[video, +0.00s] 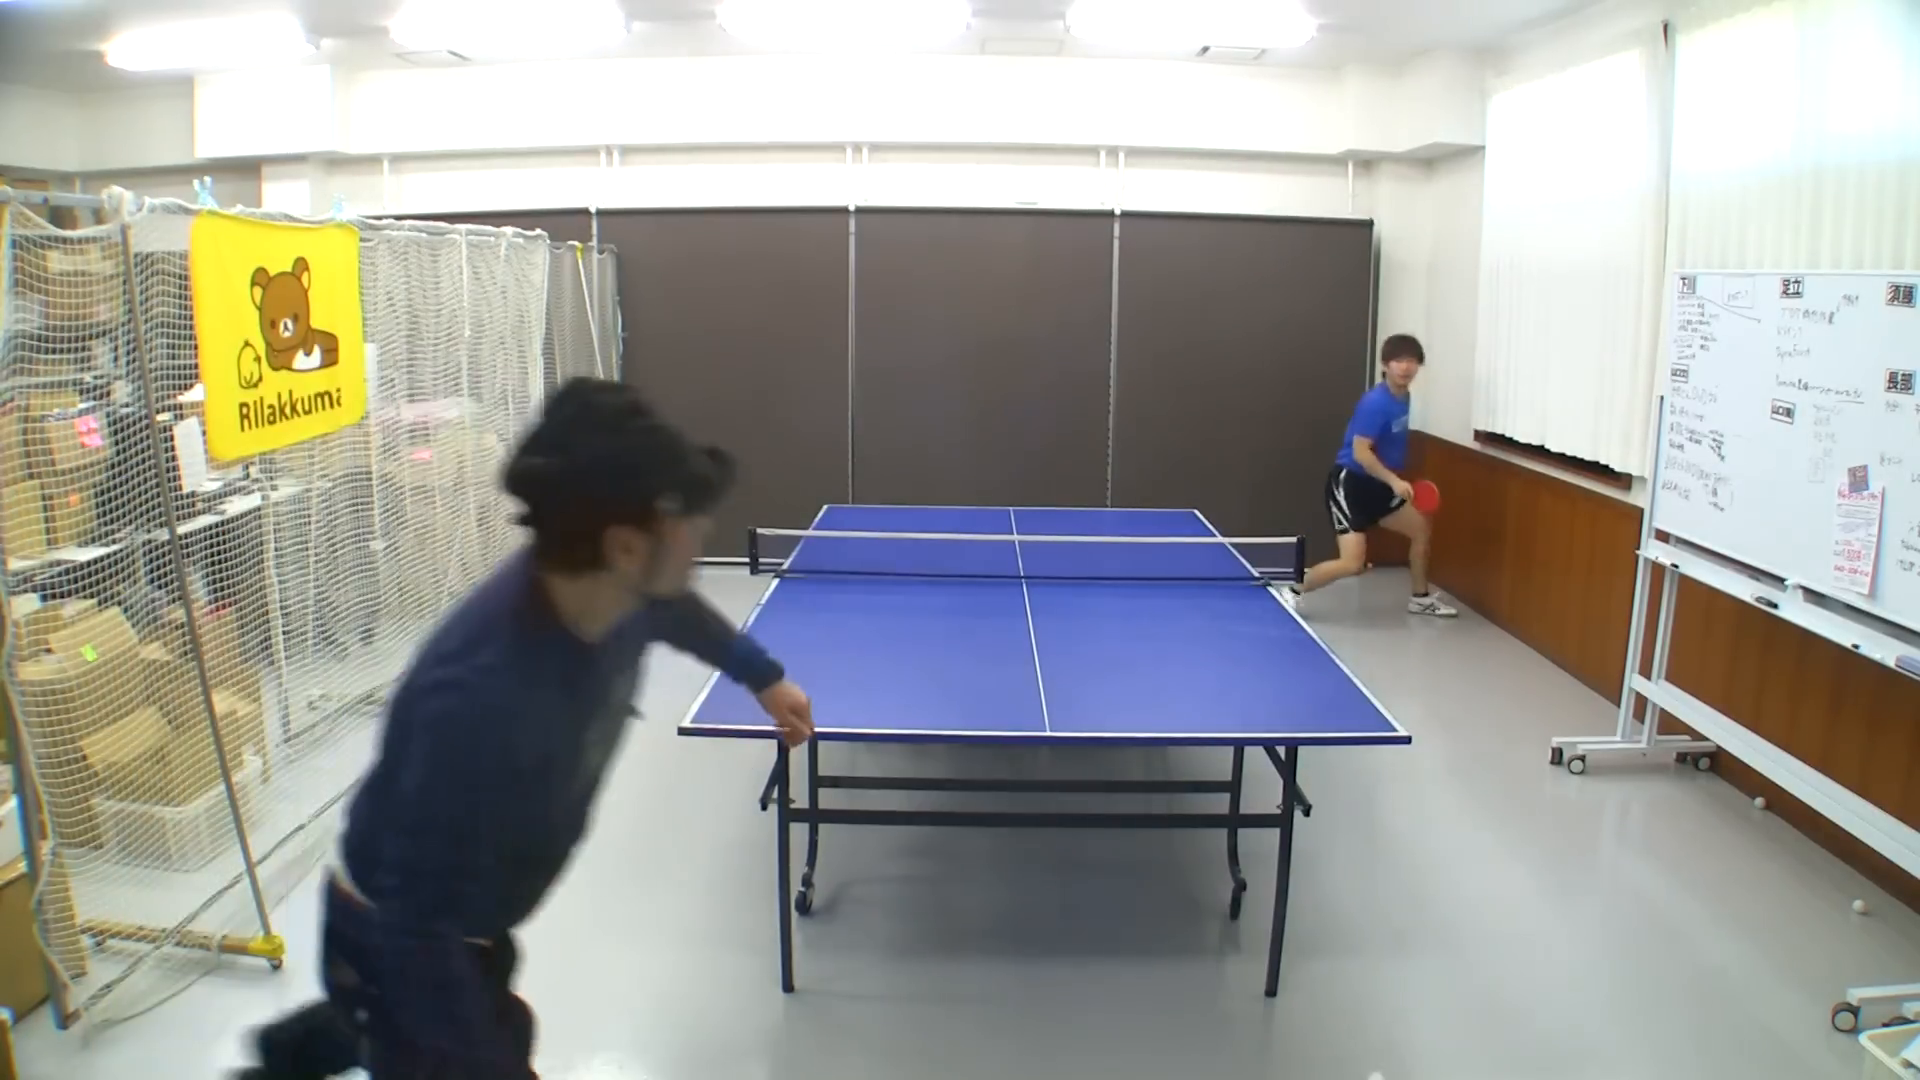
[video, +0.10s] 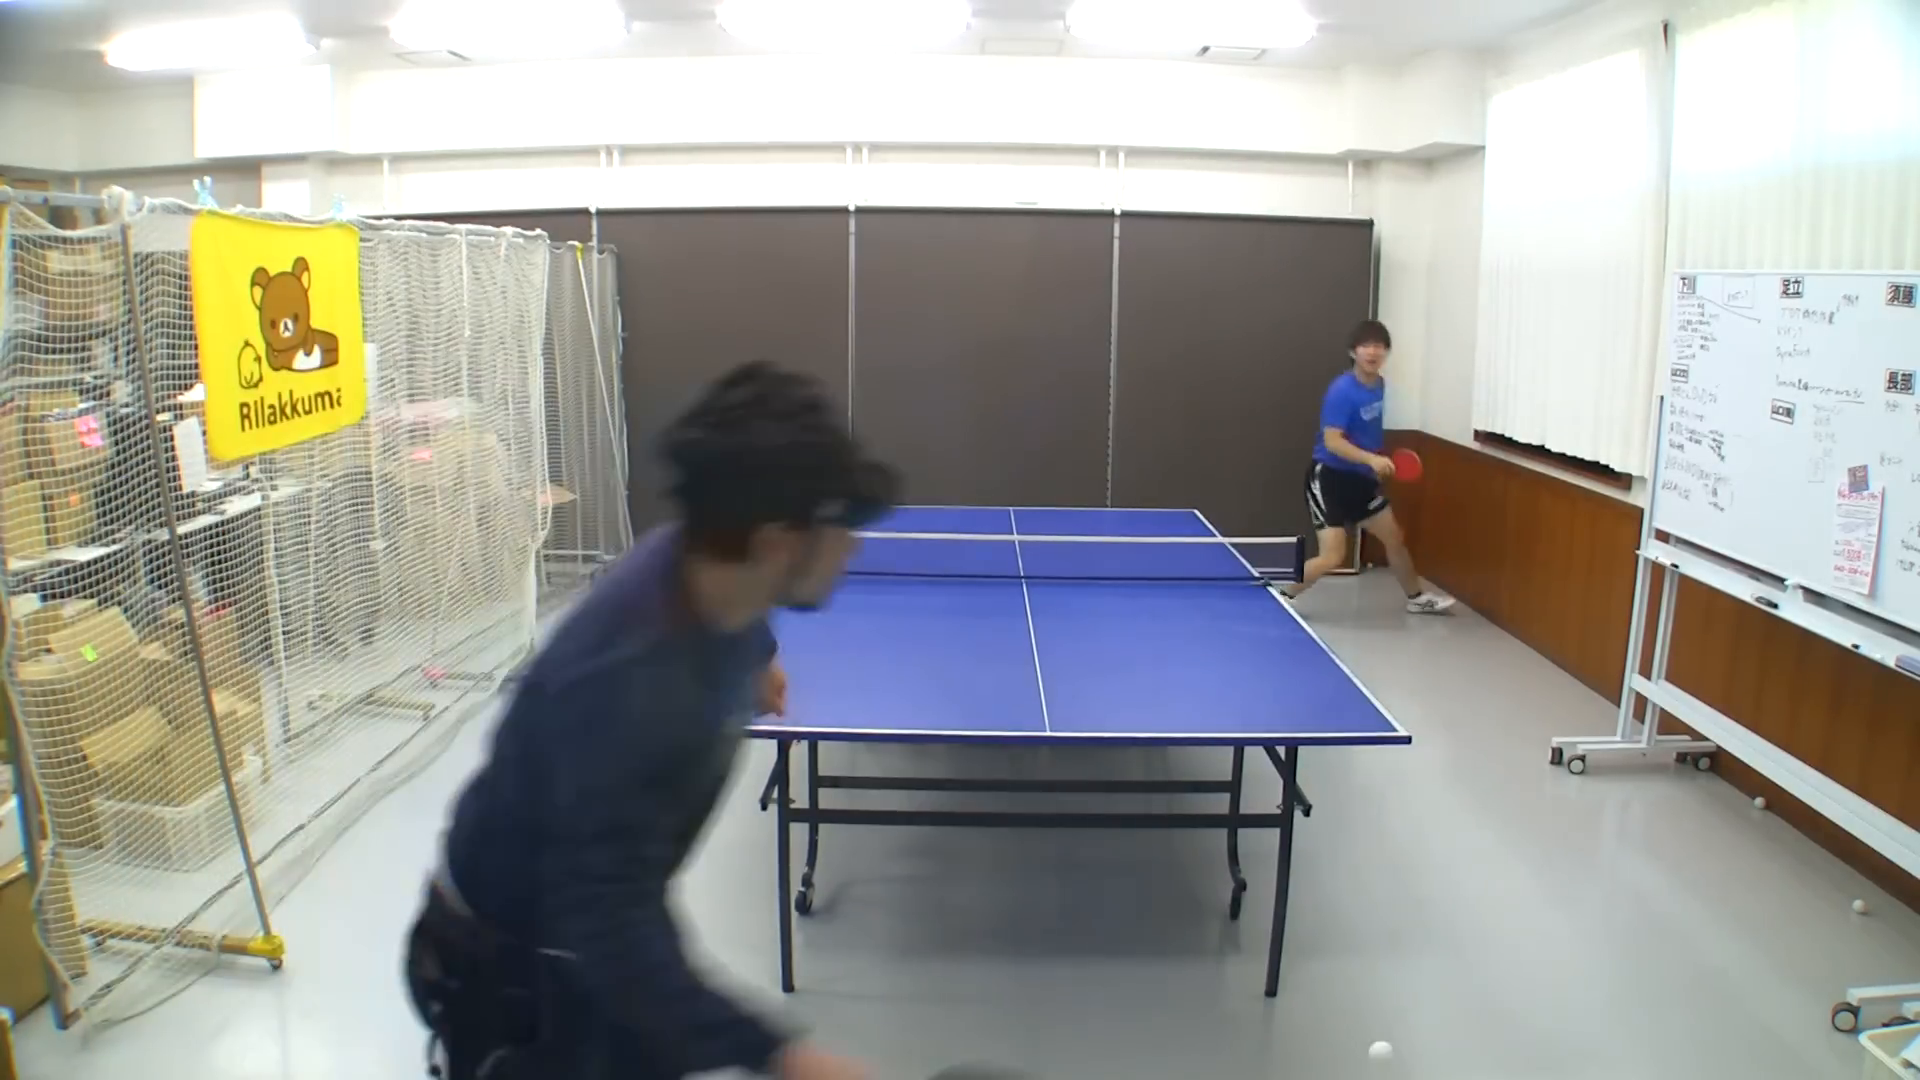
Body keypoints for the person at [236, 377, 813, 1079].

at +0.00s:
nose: (698, 534)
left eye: (692, 515)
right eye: (684, 519)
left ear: (624, 547)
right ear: (625, 548)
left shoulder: (609, 592)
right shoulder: (476, 687)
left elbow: (675, 611)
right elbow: (407, 915)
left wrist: (764, 678)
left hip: (474, 914)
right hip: (401, 942)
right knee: (492, 1061)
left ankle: (294, 1049)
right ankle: (295, 1057)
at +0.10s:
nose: (851, 544)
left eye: (848, 523)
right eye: (839, 526)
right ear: (774, 541)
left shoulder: (700, 576)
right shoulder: (628, 676)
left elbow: (722, 607)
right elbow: (603, 920)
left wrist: (750, 665)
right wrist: (766, 1053)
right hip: (510, 965)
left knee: (654, 1060)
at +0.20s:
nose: (1040, 555)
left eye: (1042, 532)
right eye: (1028, 532)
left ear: (941, 528)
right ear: (954, 531)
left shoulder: (835, 553)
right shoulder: (821, 653)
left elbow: (738, 583)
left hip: (764, 922)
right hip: (663, 954)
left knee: (911, 1054)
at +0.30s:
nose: (1215, 590)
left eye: (1220, 565)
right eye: (1210, 561)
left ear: (1118, 549)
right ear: (1134, 554)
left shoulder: (990, 570)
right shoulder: (1029, 708)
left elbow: (845, 649)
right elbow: (1017, 974)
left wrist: (794, 754)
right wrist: (1139, 1073)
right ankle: (797, 1036)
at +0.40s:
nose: (1383, 649)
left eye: (1390, 623)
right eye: (1379, 618)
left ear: (1304, 600)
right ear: (1308, 602)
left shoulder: (1144, 636)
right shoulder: (1198, 805)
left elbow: (1026, 768)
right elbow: (1125, 1048)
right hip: (1007, 1059)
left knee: (1233, 1065)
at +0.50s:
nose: (1513, 682)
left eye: (1525, 657)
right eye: (1514, 651)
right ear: (1442, 618)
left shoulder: (1294, 629)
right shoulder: (1278, 770)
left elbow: (1198, 815)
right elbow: (1161, 1040)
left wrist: (1316, 919)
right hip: (1109, 1051)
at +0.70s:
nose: (1679, 585)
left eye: (1694, 562)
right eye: (1687, 554)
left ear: (1610, 495)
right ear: (1613, 502)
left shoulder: (1492, 542)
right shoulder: (1444, 651)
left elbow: (1484, 723)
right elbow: (1311, 902)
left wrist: (1533, 823)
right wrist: (1296, 1065)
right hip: (1329, 998)